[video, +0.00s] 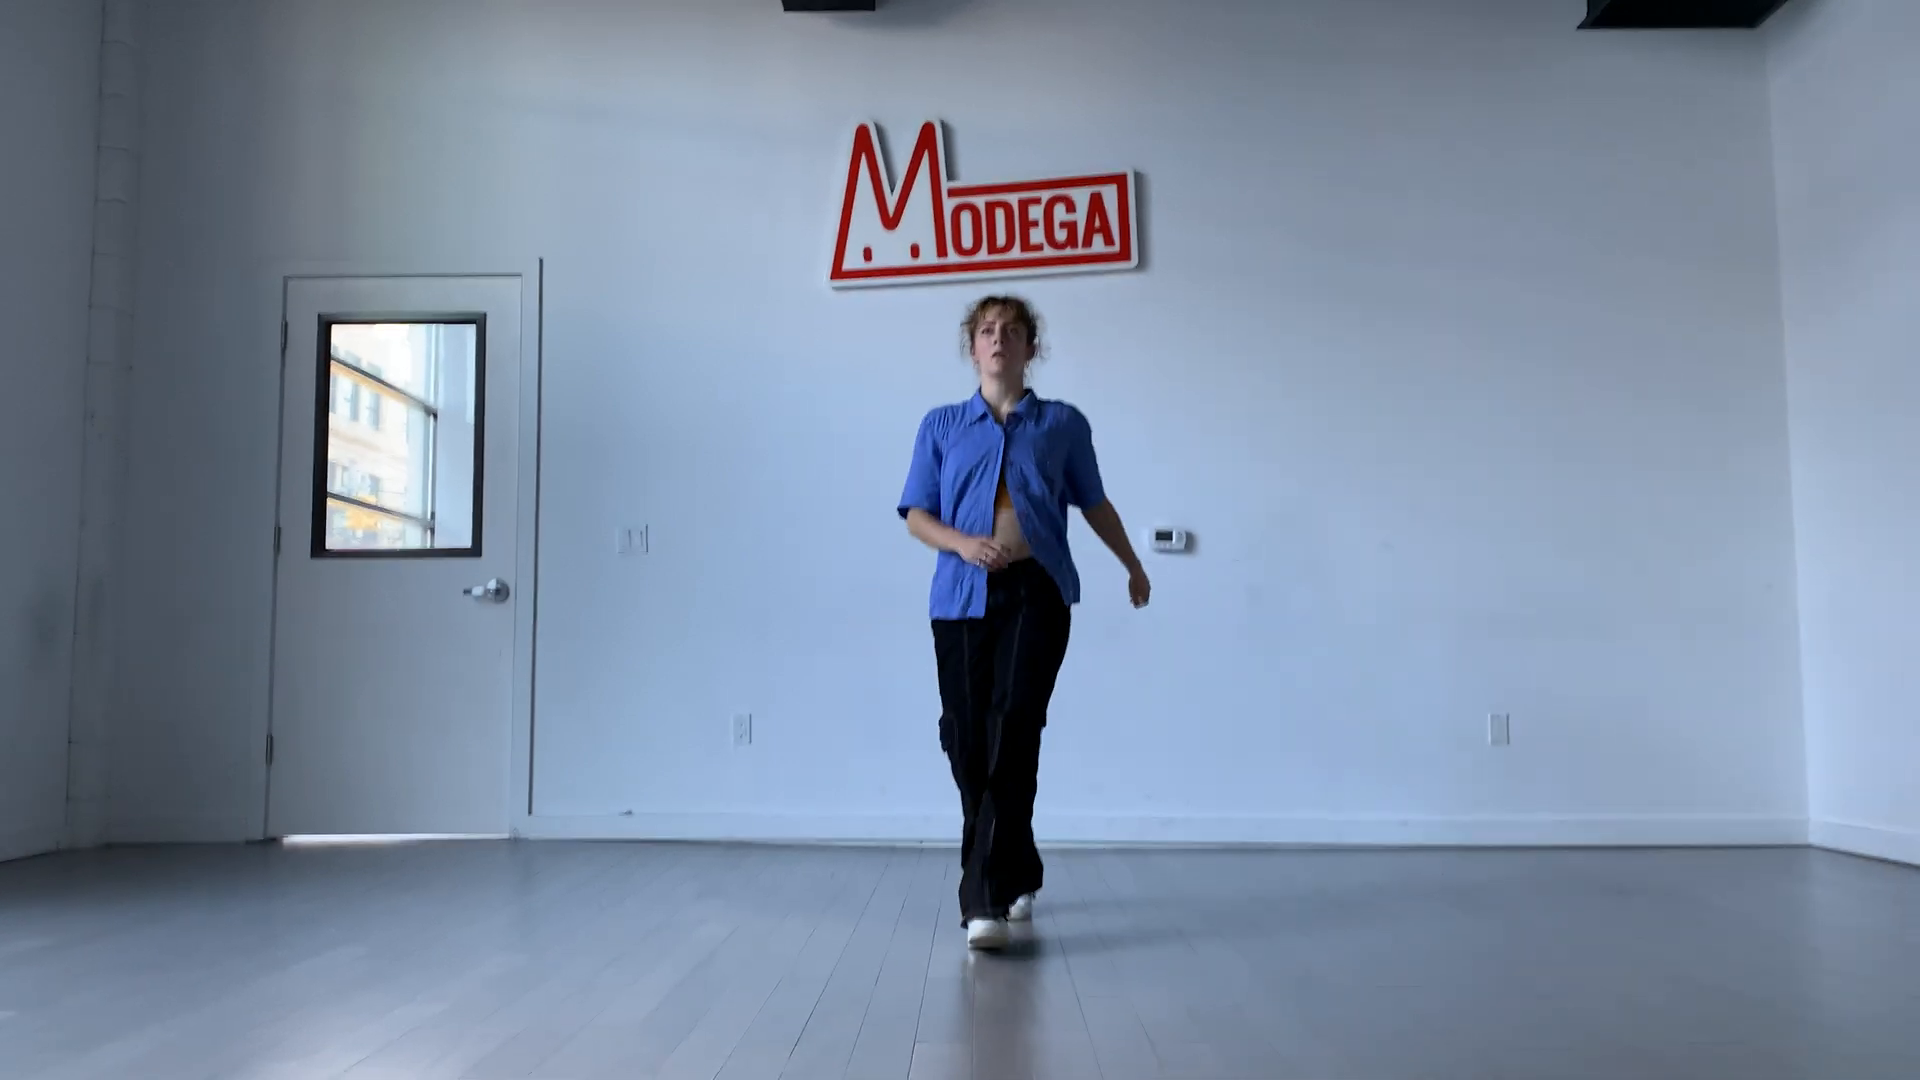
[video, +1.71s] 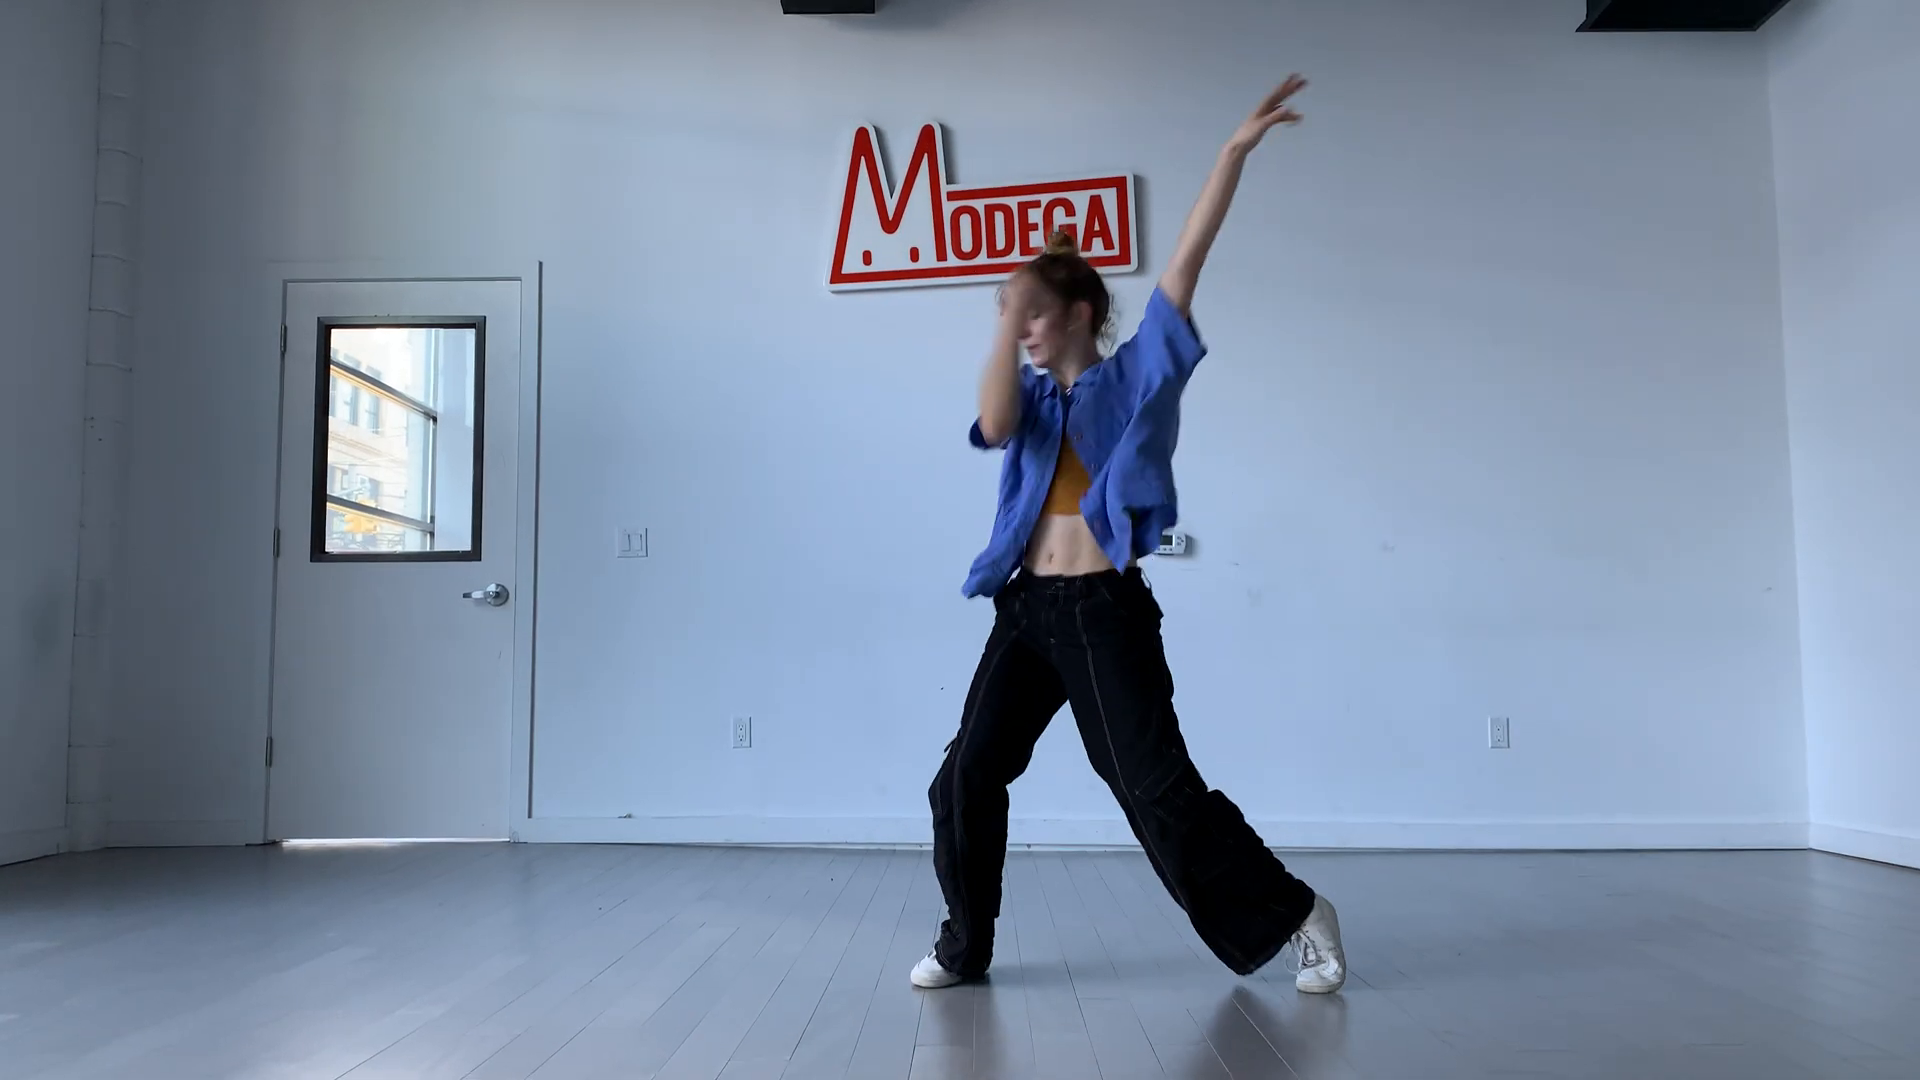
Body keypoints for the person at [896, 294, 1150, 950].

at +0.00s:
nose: (998, 340)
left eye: (1010, 331)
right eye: (987, 331)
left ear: (1031, 348)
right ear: (970, 348)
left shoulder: (1063, 424)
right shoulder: (941, 427)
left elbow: (1093, 503)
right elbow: (917, 518)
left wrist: (1133, 564)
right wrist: (965, 544)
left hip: (1035, 595)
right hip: (960, 598)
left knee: (1012, 735)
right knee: (964, 744)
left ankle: (986, 905)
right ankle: (1018, 875)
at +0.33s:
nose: (1000, 294)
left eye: (1014, 288)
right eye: (989, 289)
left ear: (1039, 313)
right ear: (973, 314)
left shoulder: (1072, 395)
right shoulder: (940, 395)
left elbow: (1084, 484)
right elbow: (905, 495)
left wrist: (1047, 529)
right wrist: (858, 581)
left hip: (1044, 581)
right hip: (958, 580)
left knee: (1030, 749)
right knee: (939, 735)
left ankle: (1002, 921)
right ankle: (928, 883)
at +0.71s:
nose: (1019, 300)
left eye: (1034, 290)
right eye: (1007, 293)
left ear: (1065, 311)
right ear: (996, 318)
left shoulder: (1106, 402)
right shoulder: (976, 401)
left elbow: (1130, 503)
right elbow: (958, 503)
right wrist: (950, 544)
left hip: (1081, 612)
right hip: (985, 609)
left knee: (1143, 754)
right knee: (962, 765)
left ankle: (1088, 885)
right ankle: (940, 937)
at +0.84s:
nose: (1026, 302)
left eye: (1041, 291)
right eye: (1018, 295)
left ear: (1079, 309)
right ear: (1011, 317)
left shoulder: (1136, 389)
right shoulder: (1007, 391)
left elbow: (1198, 465)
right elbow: (973, 414)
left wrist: (1265, 472)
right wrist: (1060, 382)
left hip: (1126, 613)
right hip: (1027, 612)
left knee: (1190, 774)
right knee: (951, 755)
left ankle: (1278, 942)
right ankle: (947, 936)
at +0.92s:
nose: (1100, 306)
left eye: (1114, 296)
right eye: (1087, 295)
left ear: (1134, 311)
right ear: (1066, 308)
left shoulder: (1176, 398)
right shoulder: (1033, 378)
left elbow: (1285, 400)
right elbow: (973, 312)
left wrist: (1256, 315)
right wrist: (993, 265)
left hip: (1152, 602)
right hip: (1058, 598)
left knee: (1223, 759)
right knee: (1033, 744)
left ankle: (1295, 930)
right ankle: (941, 888)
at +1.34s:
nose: (1053, 296)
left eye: (1068, 282)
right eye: (1052, 283)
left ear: (1117, 289)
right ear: (1063, 292)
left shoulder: (1180, 352)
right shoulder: (1045, 363)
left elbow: (1292, 304)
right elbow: (973, 304)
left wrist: (1338, 204)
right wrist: (999, 214)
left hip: (1140, 582)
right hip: (1050, 584)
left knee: (1203, 765)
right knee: (992, 759)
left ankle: (1304, 927)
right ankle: (972, 932)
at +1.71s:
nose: (1023, 336)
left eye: (1036, 319)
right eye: (1017, 322)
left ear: (1084, 312)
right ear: (1027, 325)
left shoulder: (1140, 373)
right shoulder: (1029, 395)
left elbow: (1185, 264)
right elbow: (993, 424)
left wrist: (1233, 152)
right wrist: (1013, 315)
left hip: (1107, 610)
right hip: (1025, 611)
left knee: (1157, 787)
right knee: (968, 775)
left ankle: (1300, 916)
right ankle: (965, 945)